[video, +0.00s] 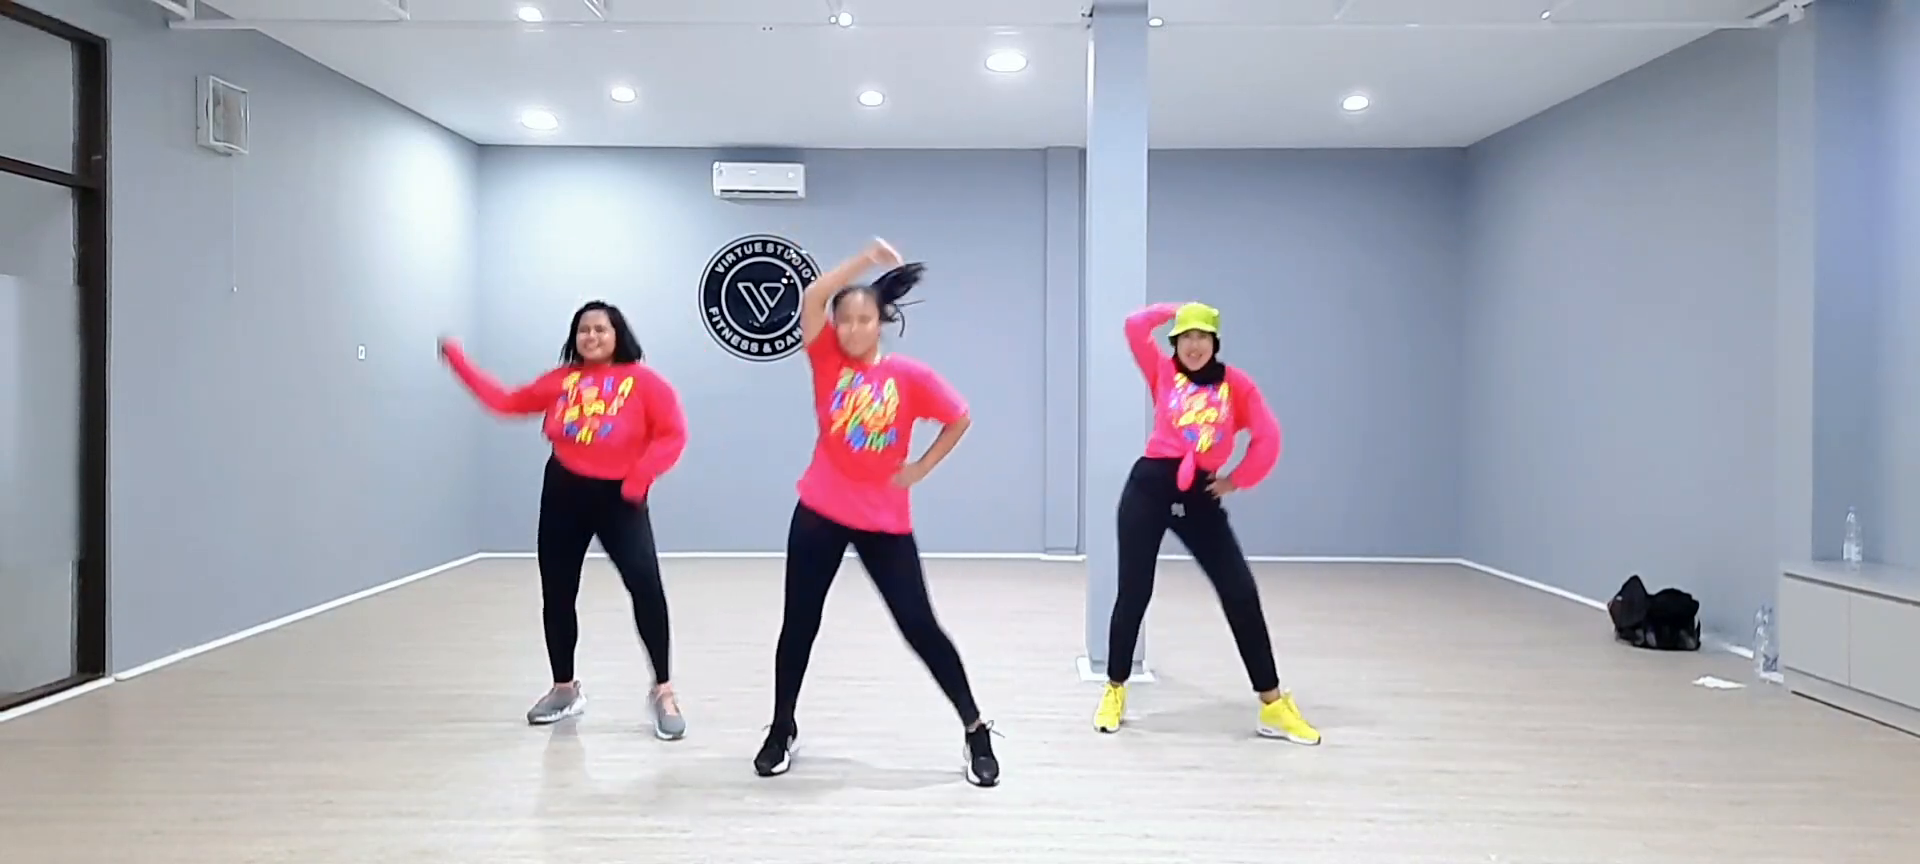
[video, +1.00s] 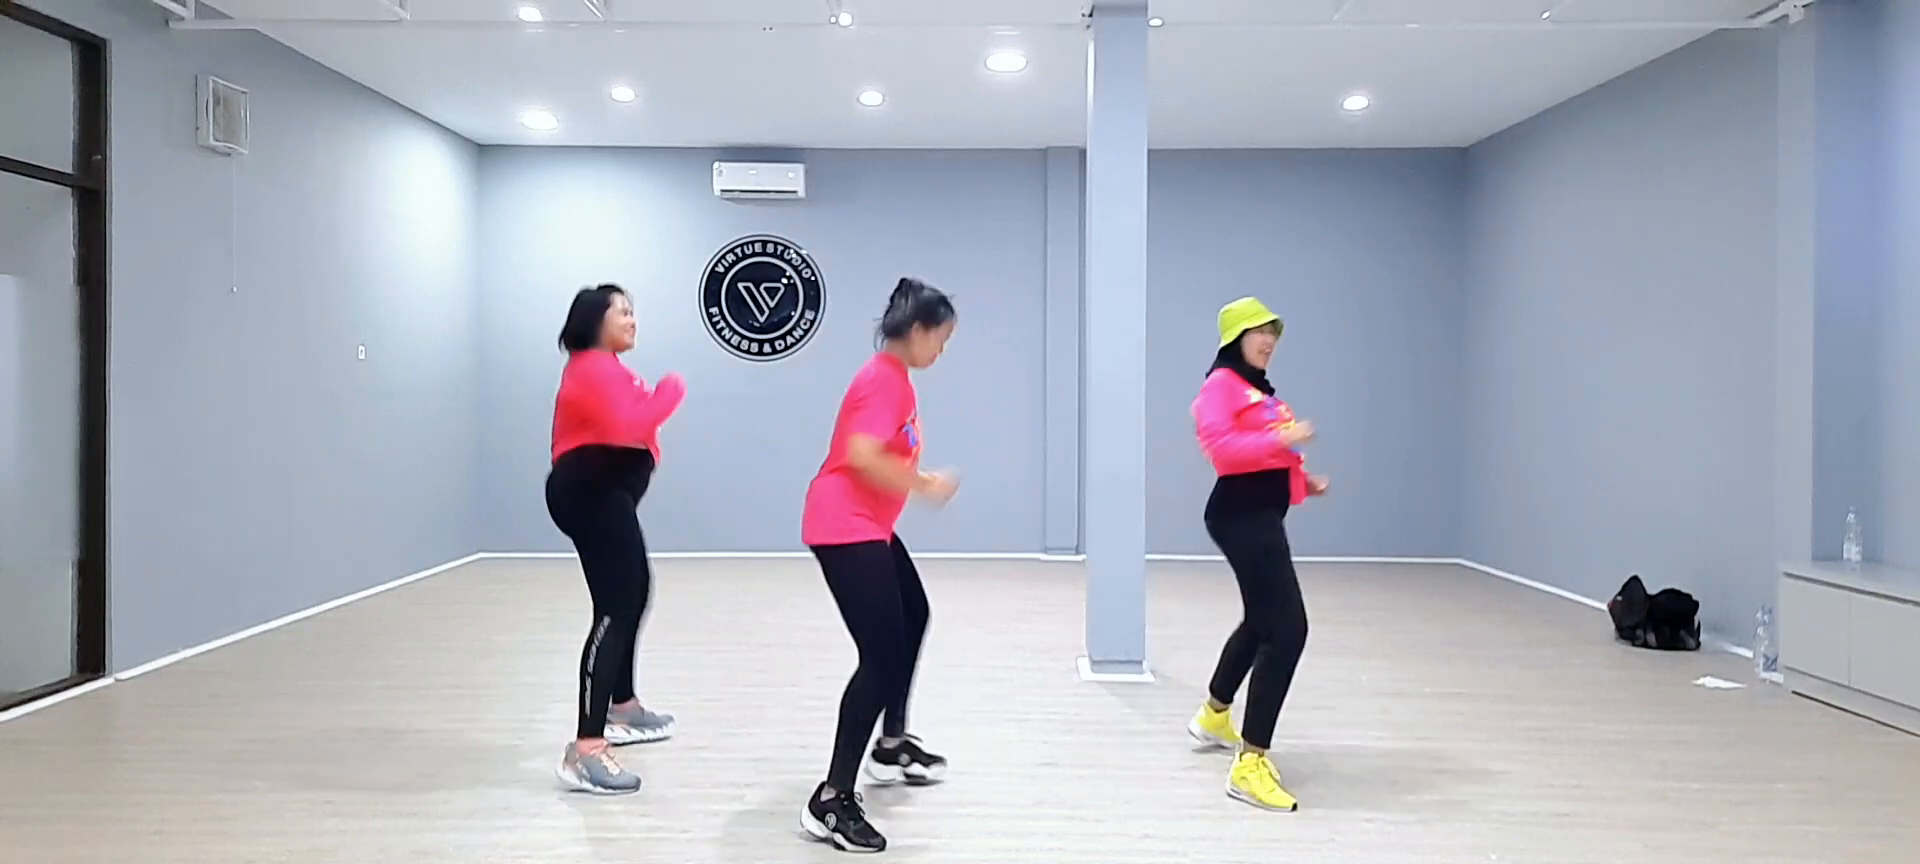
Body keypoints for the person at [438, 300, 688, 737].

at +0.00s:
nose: (591, 336)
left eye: (600, 329)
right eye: (583, 330)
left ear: (618, 336)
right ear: (574, 338)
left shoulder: (644, 381)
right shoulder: (561, 381)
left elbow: (673, 435)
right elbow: (506, 402)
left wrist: (641, 477)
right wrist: (459, 362)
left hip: (620, 496)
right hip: (564, 494)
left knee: (646, 584)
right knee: (557, 593)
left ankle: (663, 689)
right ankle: (564, 687)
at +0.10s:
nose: (591, 333)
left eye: (600, 327)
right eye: (585, 326)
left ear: (616, 334)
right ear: (574, 335)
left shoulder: (643, 379)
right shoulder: (555, 382)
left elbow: (672, 434)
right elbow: (521, 429)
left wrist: (660, 489)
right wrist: (490, 403)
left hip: (620, 495)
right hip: (564, 492)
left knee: (641, 584)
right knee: (558, 590)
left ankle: (663, 690)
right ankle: (563, 687)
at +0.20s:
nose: (598, 310)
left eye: (608, 304)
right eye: (591, 303)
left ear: (624, 313)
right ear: (579, 311)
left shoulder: (649, 355)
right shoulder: (558, 357)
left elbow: (688, 393)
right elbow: (521, 409)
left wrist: (681, 447)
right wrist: (549, 383)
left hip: (633, 472)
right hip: (576, 473)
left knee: (646, 568)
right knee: (570, 575)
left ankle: (666, 679)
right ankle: (560, 672)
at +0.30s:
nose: (607, 303)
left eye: (617, 297)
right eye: (599, 297)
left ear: (634, 308)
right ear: (587, 307)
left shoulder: (663, 348)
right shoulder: (568, 349)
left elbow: (691, 385)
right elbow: (539, 408)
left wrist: (690, 440)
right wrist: (588, 390)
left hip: (646, 463)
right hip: (588, 463)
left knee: (650, 570)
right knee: (564, 560)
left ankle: (652, 683)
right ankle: (589, 636)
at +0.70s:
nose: (625, 307)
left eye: (633, 300)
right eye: (615, 301)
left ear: (647, 310)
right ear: (600, 312)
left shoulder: (668, 357)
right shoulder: (575, 353)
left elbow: (694, 415)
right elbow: (522, 389)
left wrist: (697, 407)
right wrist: (559, 441)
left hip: (652, 473)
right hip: (597, 469)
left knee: (656, 583)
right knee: (636, 575)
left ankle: (649, 690)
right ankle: (610, 708)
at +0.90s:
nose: (618, 332)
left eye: (624, 325)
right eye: (605, 326)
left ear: (633, 336)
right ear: (584, 338)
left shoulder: (639, 383)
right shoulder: (578, 389)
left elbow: (659, 438)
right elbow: (560, 452)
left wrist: (668, 465)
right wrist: (632, 444)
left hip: (626, 502)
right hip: (588, 503)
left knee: (660, 602)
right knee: (619, 614)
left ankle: (626, 711)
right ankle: (583, 753)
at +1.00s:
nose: (633, 320)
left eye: (632, 313)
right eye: (623, 312)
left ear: (615, 326)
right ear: (596, 321)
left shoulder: (608, 368)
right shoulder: (593, 367)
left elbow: (629, 421)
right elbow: (632, 422)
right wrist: (670, 391)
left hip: (604, 490)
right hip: (589, 490)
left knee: (633, 594)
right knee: (615, 607)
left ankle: (622, 707)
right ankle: (586, 747)